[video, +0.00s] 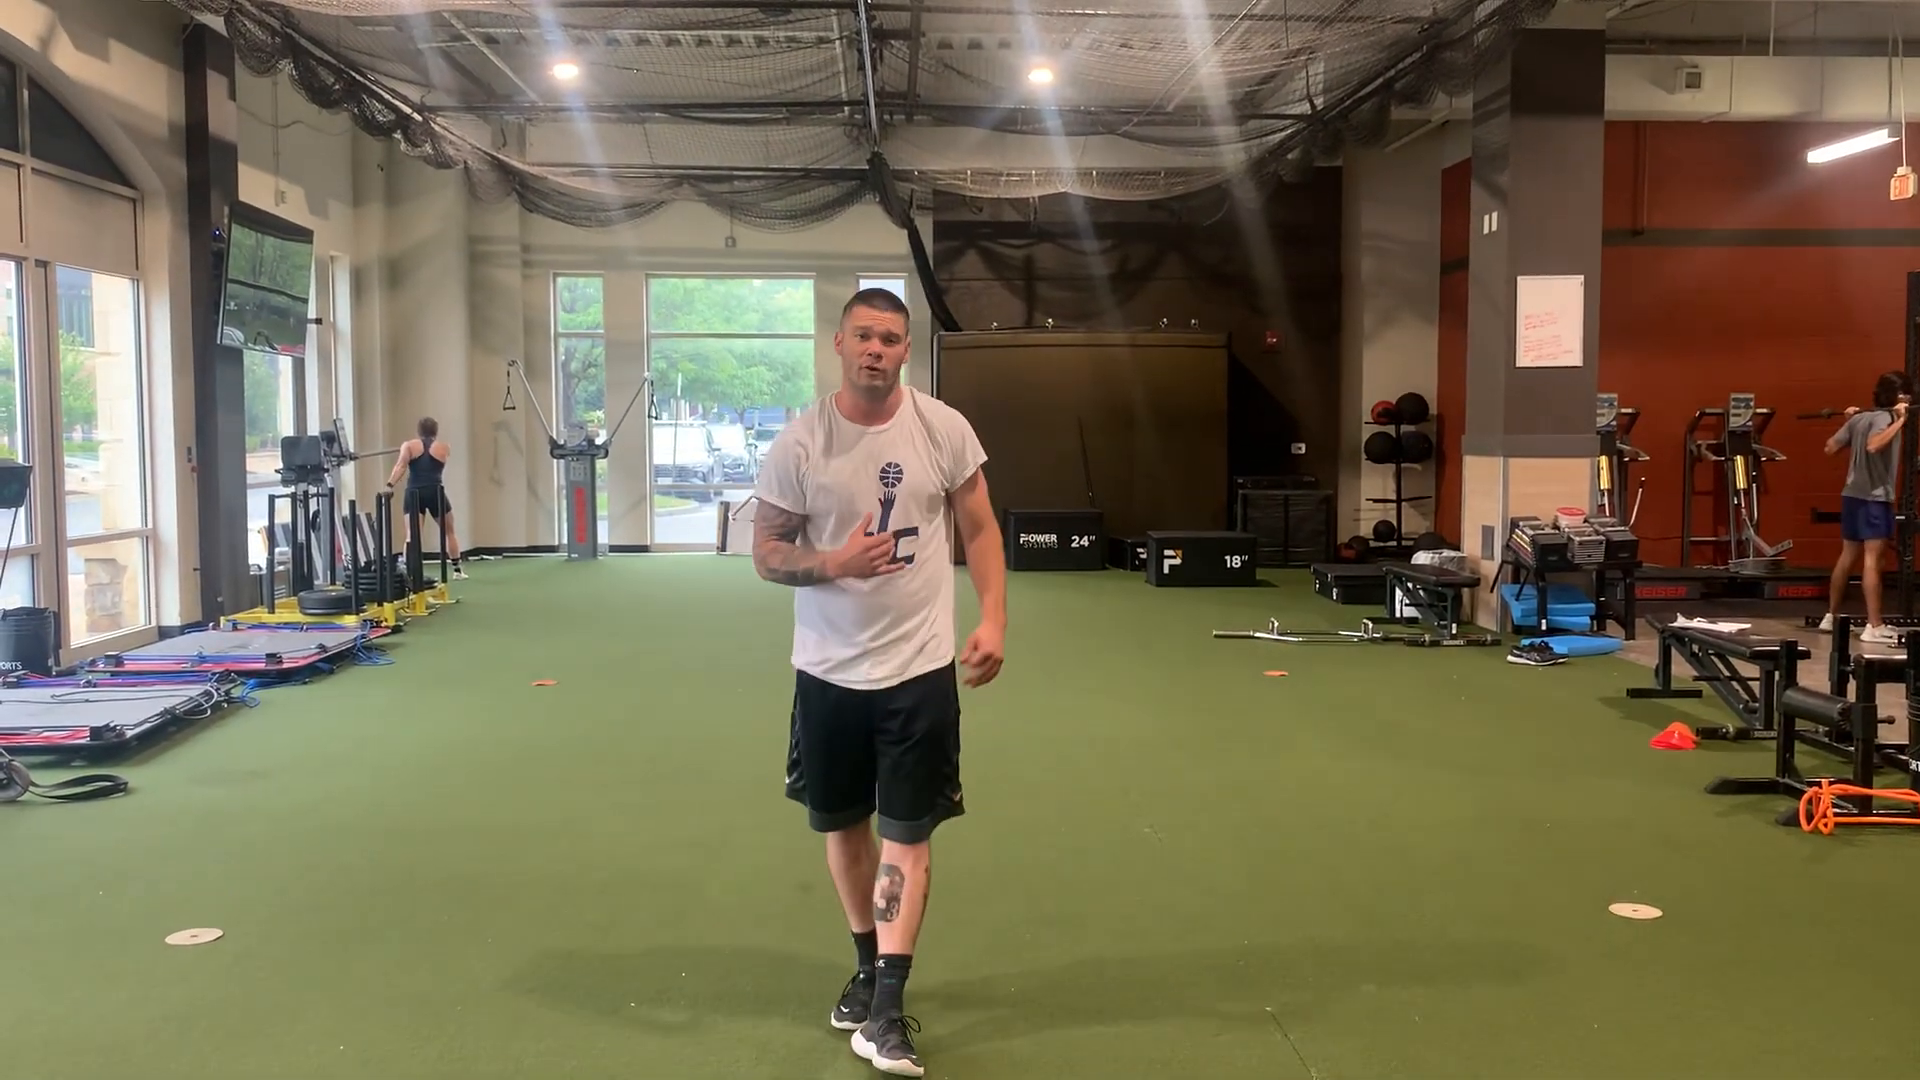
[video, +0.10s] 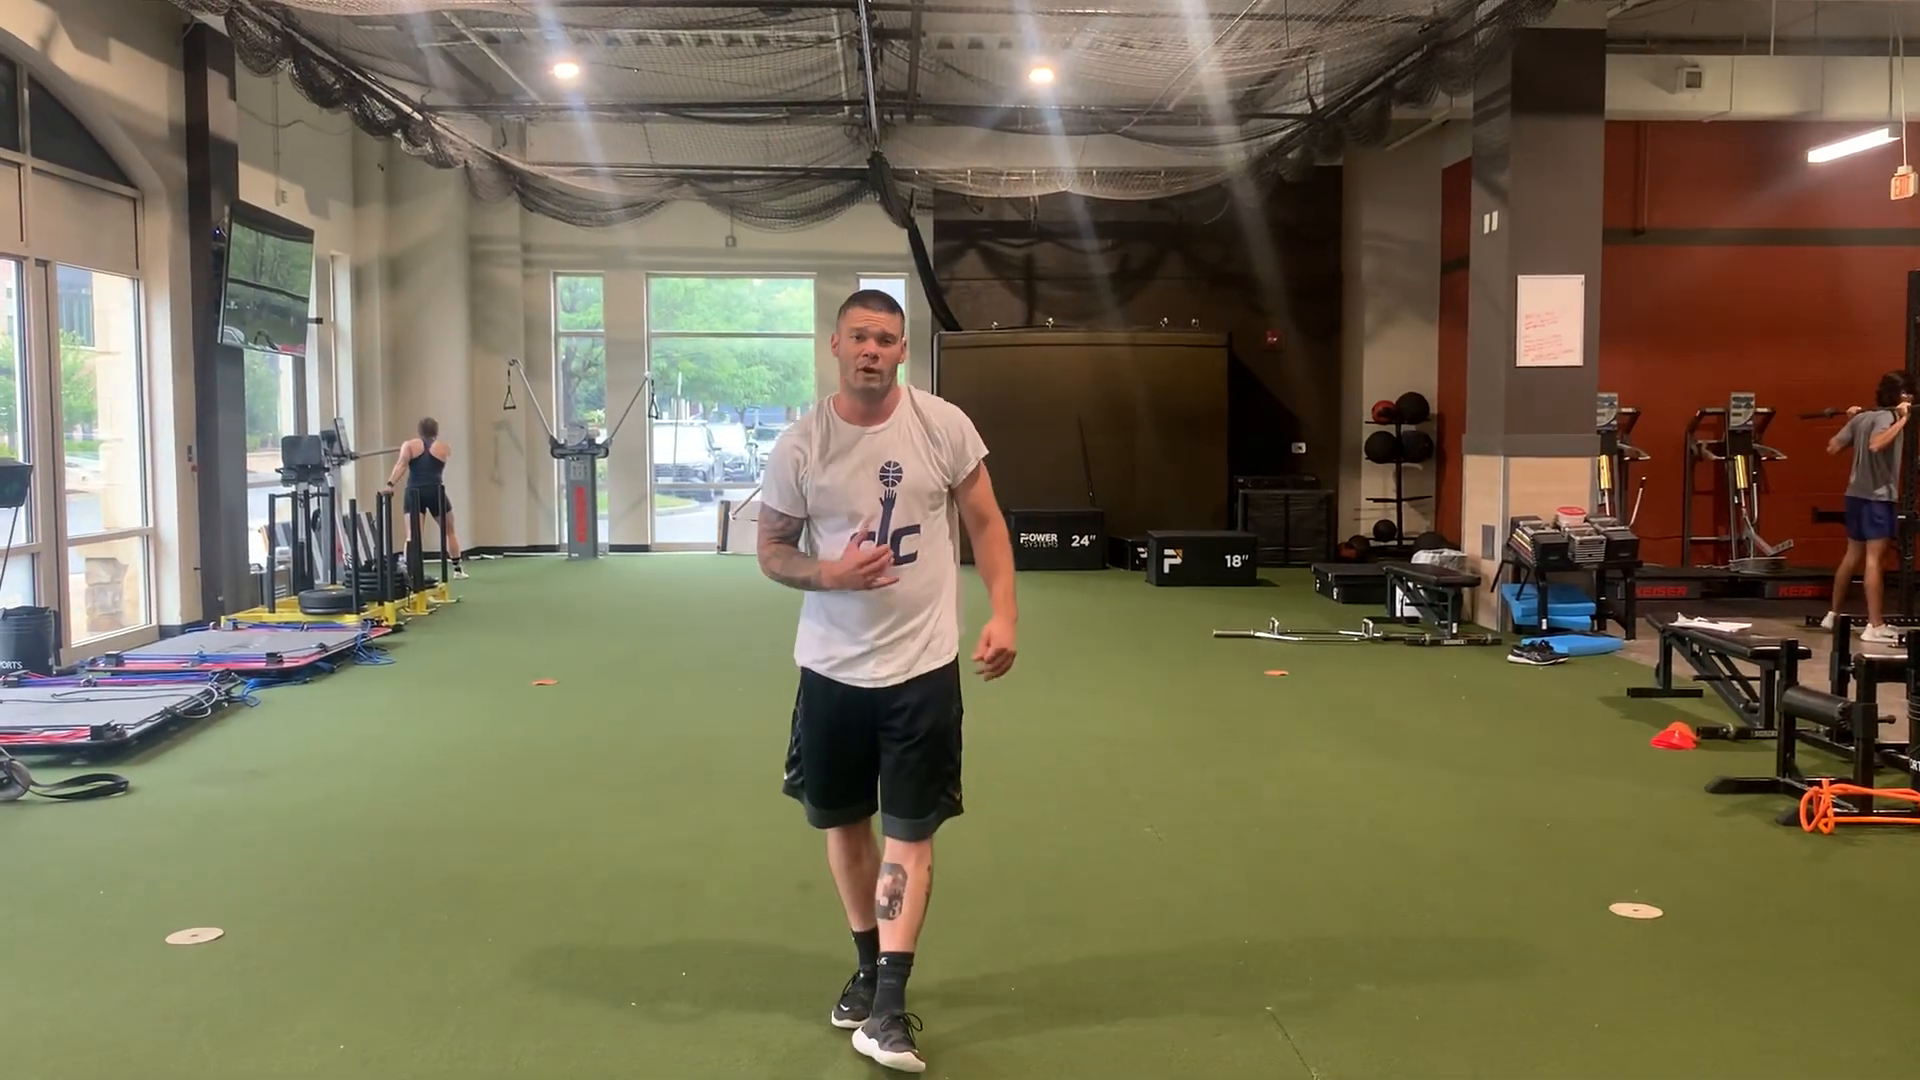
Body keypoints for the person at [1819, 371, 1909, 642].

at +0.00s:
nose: (1907, 400)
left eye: (1907, 396)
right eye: (1905, 396)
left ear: (1877, 395)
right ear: (1897, 397)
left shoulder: (1859, 419)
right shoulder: (1885, 419)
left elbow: (1830, 448)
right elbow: (1872, 445)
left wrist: (1848, 420)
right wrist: (1900, 420)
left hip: (1852, 496)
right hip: (1875, 498)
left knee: (1847, 555)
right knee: (1872, 561)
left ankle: (1831, 616)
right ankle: (1874, 625)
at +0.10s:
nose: (1909, 399)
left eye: (1910, 396)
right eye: (1908, 395)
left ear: (1880, 394)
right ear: (1900, 397)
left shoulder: (1861, 418)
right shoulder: (1888, 418)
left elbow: (1833, 447)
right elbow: (1875, 444)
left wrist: (1850, 419)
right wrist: (1902, 420)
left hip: (1855, 496)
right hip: (1878, 499)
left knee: (1852, 556)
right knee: (1873, 561)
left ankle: (1833, 615)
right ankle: (1875, 626)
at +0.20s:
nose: (1912, 399)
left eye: (1912, 395)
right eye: (1911, 394)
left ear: (1883, 394)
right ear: (1903, 396)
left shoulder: (1864, 418)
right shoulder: (1890, 417)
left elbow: (1835, 447)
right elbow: (1877, 444)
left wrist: (1852, 418)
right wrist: (1905, 419)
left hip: (1858, 496)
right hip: (1880, 499)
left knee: (1857, 555)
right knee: (1875, 561)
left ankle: (1837, 613)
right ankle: (1876, 625)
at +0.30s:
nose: (1913, 398)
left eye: (1913, 394)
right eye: (1912, 394)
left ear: (1884, 393)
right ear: (1904, 395)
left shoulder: (1864, 418)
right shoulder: (1891, 417)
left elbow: (1836, 447)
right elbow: (1879, 443)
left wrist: (1853, 418)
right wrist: (1906, 419)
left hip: (1860, 496)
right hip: (1881, 499)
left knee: (1863, 555)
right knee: (1877, 562)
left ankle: (1841, 610)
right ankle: (1876, 625)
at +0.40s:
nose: (1913, 397)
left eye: (1913, 393)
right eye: (1912, 393)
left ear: (1884, 393)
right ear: (1904, 395)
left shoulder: (1865, 417)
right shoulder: (1892, 417)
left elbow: (1836, 446)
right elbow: (1879, 443)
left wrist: (1853, 418)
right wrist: (1907, 418)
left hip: (1862, 496)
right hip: (1882, 498)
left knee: (1869, 555)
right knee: (1878, 561)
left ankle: (1844, 609)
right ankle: (1876, 625)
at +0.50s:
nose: (1913, 397)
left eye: (1913, 393)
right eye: (1911, 394)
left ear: (1883, 393)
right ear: (1903, 396)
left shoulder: (1864, 417)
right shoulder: (1891, 417)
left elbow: (1836, 446)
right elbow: (1879, 443)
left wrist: (1853, 418)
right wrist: (1906, 418)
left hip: (1862, 496)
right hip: (1882, 498)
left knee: (1873, 557)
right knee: (1879, 562)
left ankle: (1852, 614)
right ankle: (1877, 625)